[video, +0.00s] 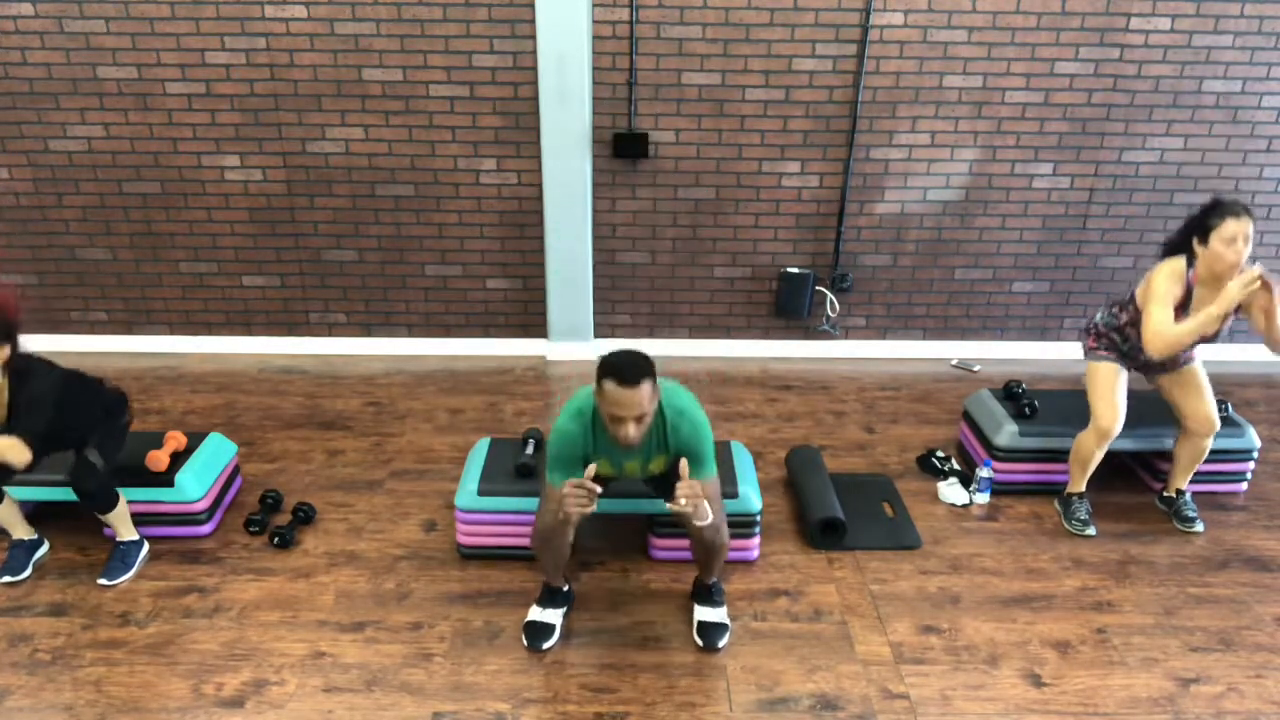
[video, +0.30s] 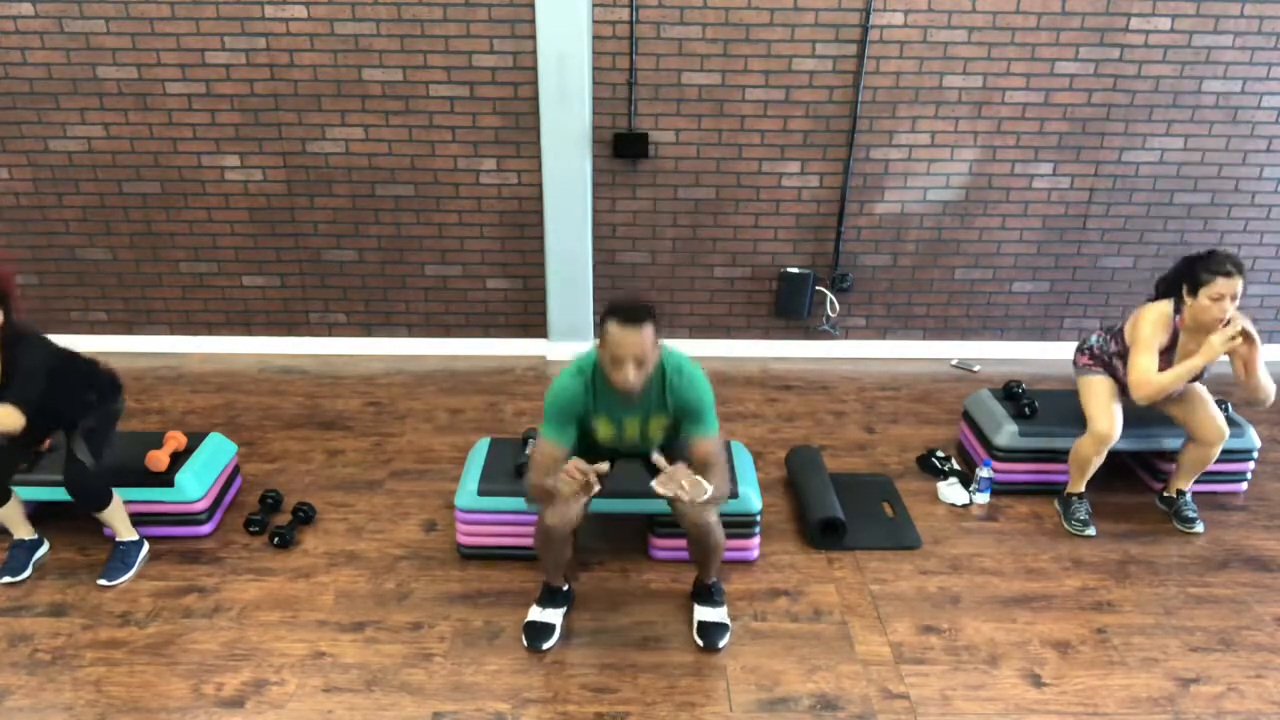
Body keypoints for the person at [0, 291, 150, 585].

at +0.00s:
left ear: (6, 349)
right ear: (5, 351)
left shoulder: (35, 375)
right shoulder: (8, 380)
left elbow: (20, 453)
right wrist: (9, 446)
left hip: (105, 414)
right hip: (58, 421)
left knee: (86, 479)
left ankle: (131, 541)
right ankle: (26, 539)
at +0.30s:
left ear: (3, 313)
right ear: (3, 314)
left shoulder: (25, 345)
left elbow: (12, 419)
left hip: (94, 401)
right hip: (45, 410)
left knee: (79, 479)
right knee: (1, 477)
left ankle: (130, 540)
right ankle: (26, 538)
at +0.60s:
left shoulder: (16, 253)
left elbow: (36, 332)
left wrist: (41, 410)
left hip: (61, 357)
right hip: (11, 365)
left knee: (78, 456)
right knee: (1, 458)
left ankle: (129, 539)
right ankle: (26, 538)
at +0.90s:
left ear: (5, 199)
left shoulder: (31, 236)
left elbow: (81, 291)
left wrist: (116, 344)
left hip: (40, 366)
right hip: (1, 375)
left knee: (80, 452)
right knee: (7, 461)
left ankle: (129, 539)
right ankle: (26, 539)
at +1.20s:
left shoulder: (28, 238)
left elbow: (70, 301)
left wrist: (102, 360)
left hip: (40, 368)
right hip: (1, 378)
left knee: (78, 452)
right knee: (6, 461)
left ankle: (129, 538)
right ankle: (26, 539)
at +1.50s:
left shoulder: (14, 265)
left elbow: (40, 344)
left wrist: (2, 384)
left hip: (68, 356)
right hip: (17, 364)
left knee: (79, 453)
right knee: (2, 453)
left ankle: (129, 539)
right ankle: (26, 538)